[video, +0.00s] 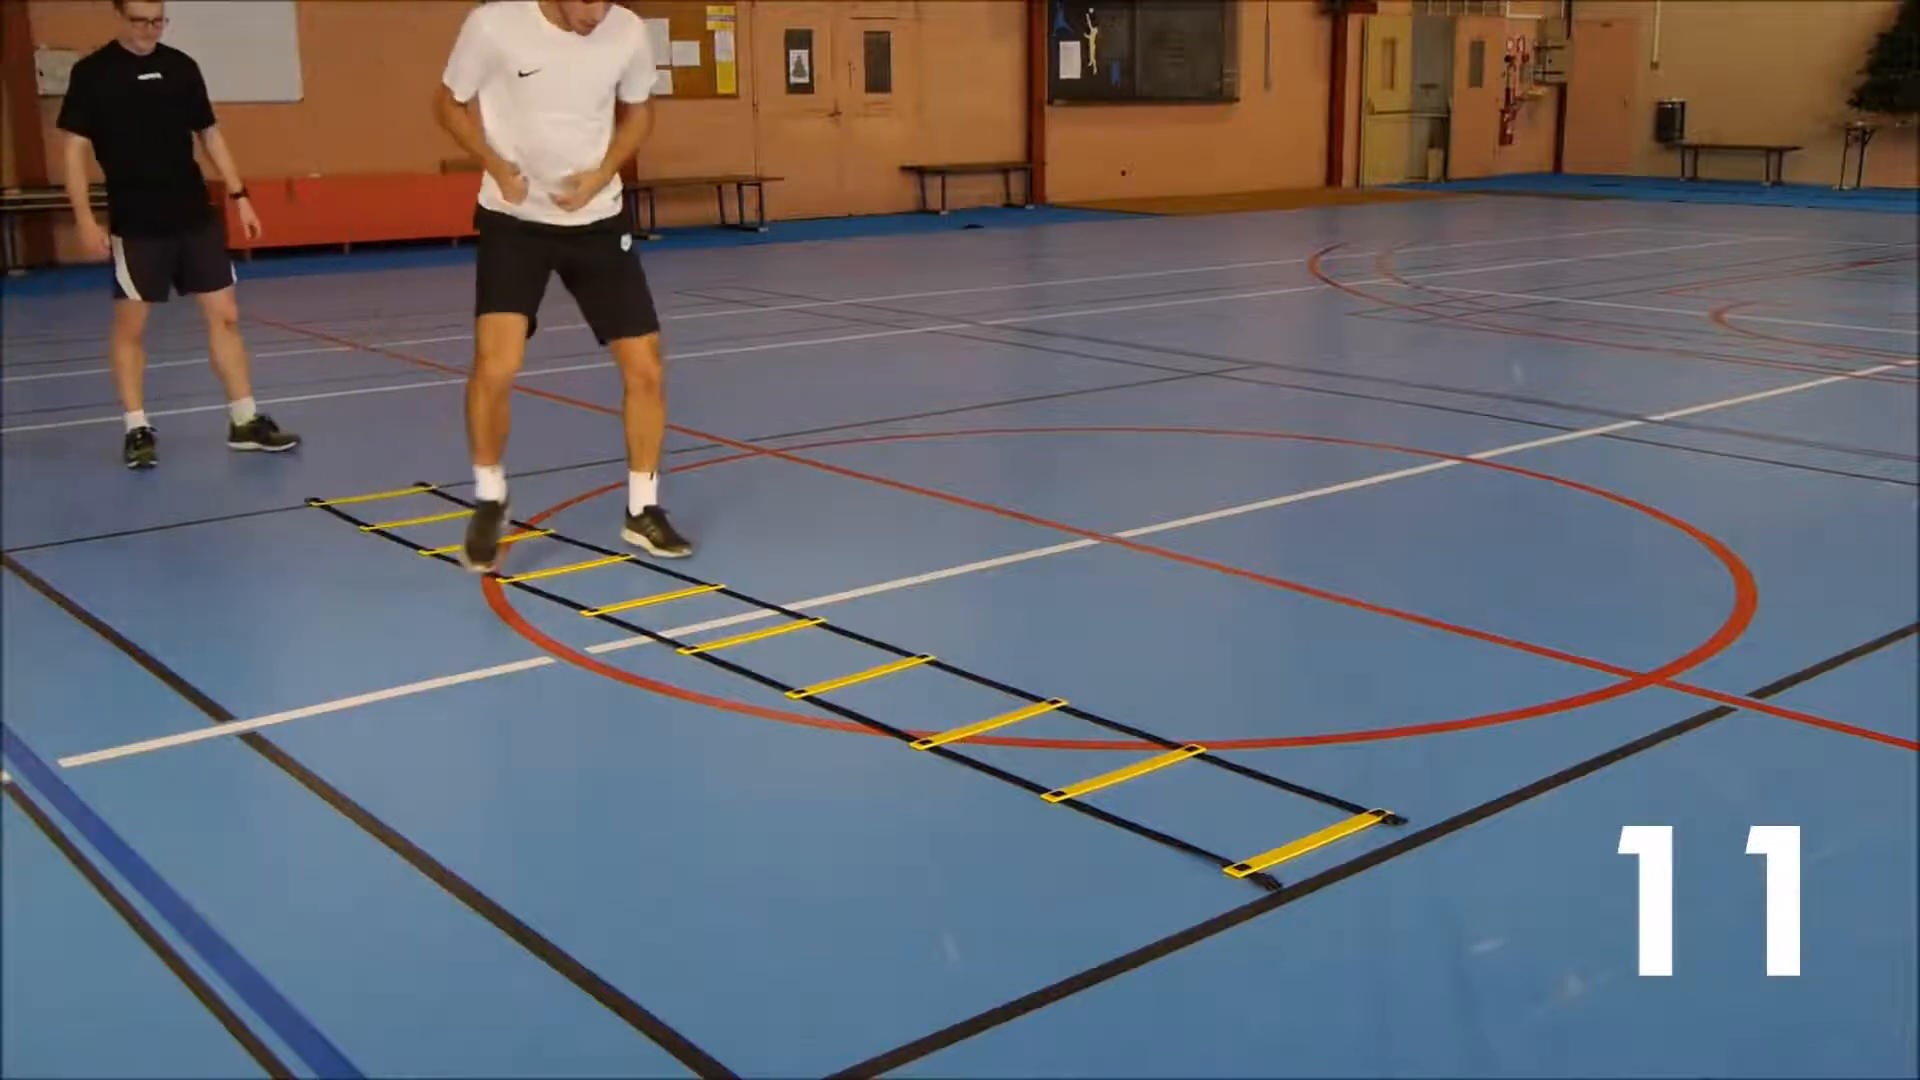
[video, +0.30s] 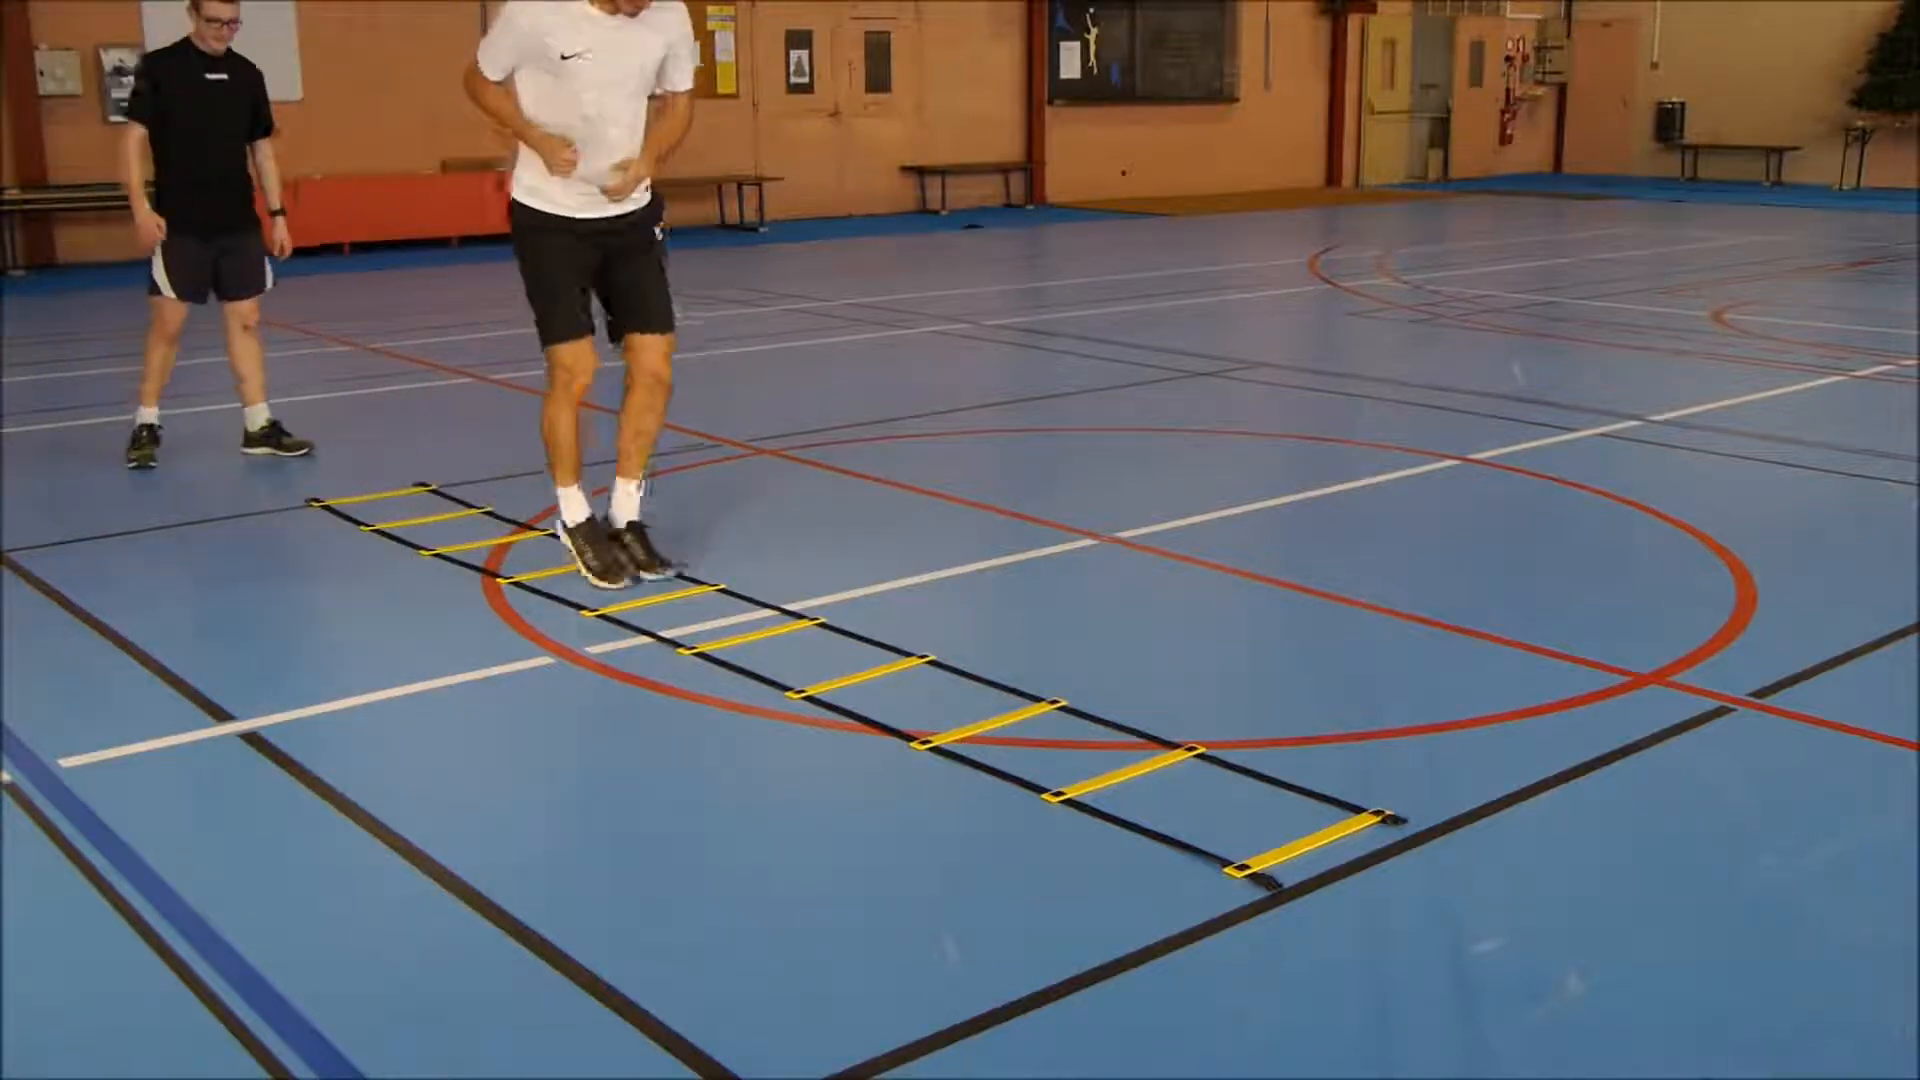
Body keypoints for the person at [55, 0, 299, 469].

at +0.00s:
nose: (150, 30)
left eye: (158, 20)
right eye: (139, 21)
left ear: (165, 16)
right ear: (117, 16)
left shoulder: (182, 66)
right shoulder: (91, 73)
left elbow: (210, 136)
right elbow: (74, 150)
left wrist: (240, 197)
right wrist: (86, 221)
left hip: (195, 214)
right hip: (135, 221)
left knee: (225, 316)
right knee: (131, 328)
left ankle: (245, 420)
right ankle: (137, 428)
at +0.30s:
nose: (224, 31)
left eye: (232, 23)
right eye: (215, 22)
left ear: (240, 20)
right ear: (192, 16)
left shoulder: (248, 75)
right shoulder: (158, 68)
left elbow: (262, 149)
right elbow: (134, 139)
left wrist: (277, 215)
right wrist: (140, 208)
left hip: (238, 219)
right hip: (180, 221)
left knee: (246, 320)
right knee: (168, 325)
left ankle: (259, 425)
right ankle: (147, 425)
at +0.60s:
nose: (201, 12)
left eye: (211, 4)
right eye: (201, 5)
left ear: (241, 9)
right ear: (204, 12)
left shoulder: (278, 73)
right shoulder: (182, 63)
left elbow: (301, 148)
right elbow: (163, 139)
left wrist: (307, 215)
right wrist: (172, 207)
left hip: (257, 218)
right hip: (199, 219)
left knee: (257, 323)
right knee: (208, 326)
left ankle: (261, 427)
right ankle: (218, 435)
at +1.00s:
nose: (161, 14)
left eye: (169, 5)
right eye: (160, 7)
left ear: (198, 7)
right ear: (185, 14)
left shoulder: (257, 62)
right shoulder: (165, 74)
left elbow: (291, 140)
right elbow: (156, 152)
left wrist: (285, 209)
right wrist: (144, 167)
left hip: (273, 215)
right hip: (214, 223)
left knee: (310, 319)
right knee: (225, 332)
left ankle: (295, 402)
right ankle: (241, 438)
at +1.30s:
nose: (230, 24)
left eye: (238, 16)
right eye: (220, 17)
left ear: (250, 13)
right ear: (203, 14)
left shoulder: (281, 66)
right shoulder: (183, 70)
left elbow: (303, 148)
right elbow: (171, 153)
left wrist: (293, 215)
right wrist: (161, 132)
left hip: (284, 218)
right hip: (223, 225)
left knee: (314, 329)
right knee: (230, 334)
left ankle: (338, 439)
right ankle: (241, 439)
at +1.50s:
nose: (280, 29)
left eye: (289, 20)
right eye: (270, 19)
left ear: (298, 16)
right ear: (249, 13)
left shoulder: (315, 69)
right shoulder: (215, 66)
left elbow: (330, 148)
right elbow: (192, 136)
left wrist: (314, 209)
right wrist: (199, 189)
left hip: (304, 221)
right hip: (242, 225)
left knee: (322, 334)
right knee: (240, 336)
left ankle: (336, 442)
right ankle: (244, 439)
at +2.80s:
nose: (321, 31)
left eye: (330, 21)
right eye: (311, 20)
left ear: (339, 18)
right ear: (289, 14)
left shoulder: (355, 70)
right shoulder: (253, 66)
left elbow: (373, 136)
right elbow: (227, 138)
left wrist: (361, 148)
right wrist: (235, 214)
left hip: (335, 226)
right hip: (273, 228)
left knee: (339, 337)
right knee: (275, 339)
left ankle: (337, 447)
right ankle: (271, 448)